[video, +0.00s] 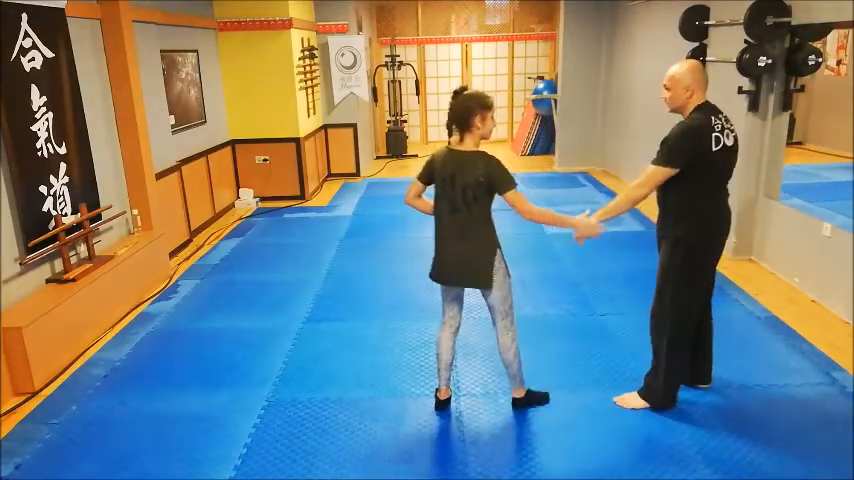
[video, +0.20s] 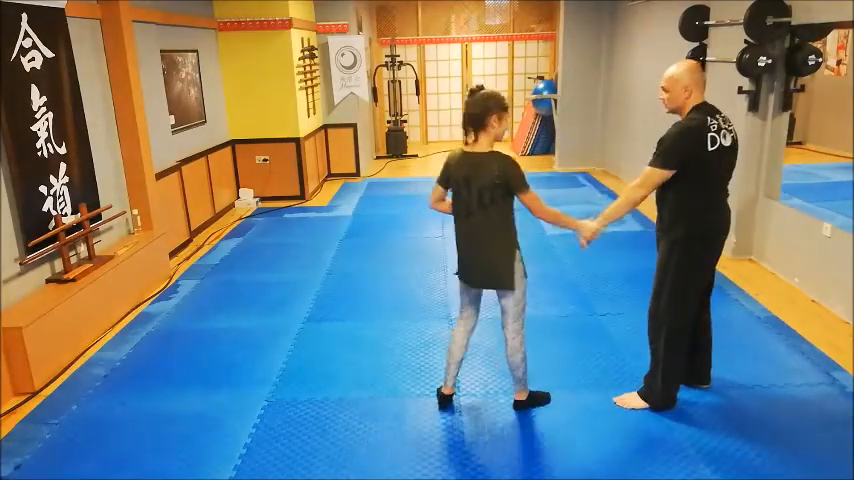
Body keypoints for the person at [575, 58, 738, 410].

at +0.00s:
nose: (663, 94)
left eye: (668, 89)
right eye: (664, 88)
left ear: (690, 91)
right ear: (695, 91)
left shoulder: (687, 132)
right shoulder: (720, 122)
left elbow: (643, 188)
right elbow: (710, 183)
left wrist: (597, 218)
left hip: (687, 232)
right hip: (711, 225)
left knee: (669, 309)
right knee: (696, 300)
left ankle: (658, 393)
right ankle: (697, 372)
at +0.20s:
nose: (661, 97)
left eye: (666, 91)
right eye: (662, 91)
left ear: (687, 92)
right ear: (693, 92)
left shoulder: (684, 133)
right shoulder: (721, 124)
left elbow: (641, 189)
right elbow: (711, 185)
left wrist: (598, 223)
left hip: (686, 230)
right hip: (711, 224)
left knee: (668, 307)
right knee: (695, 300)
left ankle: (657, 392)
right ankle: (695, 372)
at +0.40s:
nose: (661, 100)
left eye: (665, 94)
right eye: (660, 94)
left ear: (688, 93)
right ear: (693, 94)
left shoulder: (684, 133)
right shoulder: (722, 123)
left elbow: (639, 187)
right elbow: (716, 185)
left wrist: (595, 215)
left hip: (689, 233)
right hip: (715, 227)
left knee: (668, 310)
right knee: (696, 301)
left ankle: (658, 393)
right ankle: (696, 373)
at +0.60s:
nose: (662, 105)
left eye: (666, 98)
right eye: (662, 99)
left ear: (689, 96)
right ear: (693, 97)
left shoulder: (693, 135)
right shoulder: (721, 123)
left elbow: (642, 184)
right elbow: (708, 185)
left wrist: (596, 195)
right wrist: (672, 213)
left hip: (696, 237)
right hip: (716, 230)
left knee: (670, 312)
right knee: (697, 304)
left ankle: (659, 394)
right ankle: (697, 374)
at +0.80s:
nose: (664, 110)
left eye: (668, 103)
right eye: (663, 104)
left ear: (691, 98)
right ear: (687, 99)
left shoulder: (708, 136)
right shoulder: (699, 125)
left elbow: (662, 188)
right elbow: (672, 178)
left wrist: (610, 181)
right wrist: (631, 193)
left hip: (703, 242)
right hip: (686, 235)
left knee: (676, 320)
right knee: (691, 309)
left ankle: (666, 405)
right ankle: (696, 373)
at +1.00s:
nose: (661, 118)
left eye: (665, 111)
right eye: (659, 111)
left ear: (689, 105)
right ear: (676, 107)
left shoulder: (717, 139)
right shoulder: (675, 134)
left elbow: (677, 200)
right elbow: (652, 174)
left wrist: (626, 193)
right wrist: (615, 182)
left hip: (705, 253)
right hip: (675, 247)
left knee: (684, 331)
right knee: (675, 317)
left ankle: (673, 414)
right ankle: (695, 373)